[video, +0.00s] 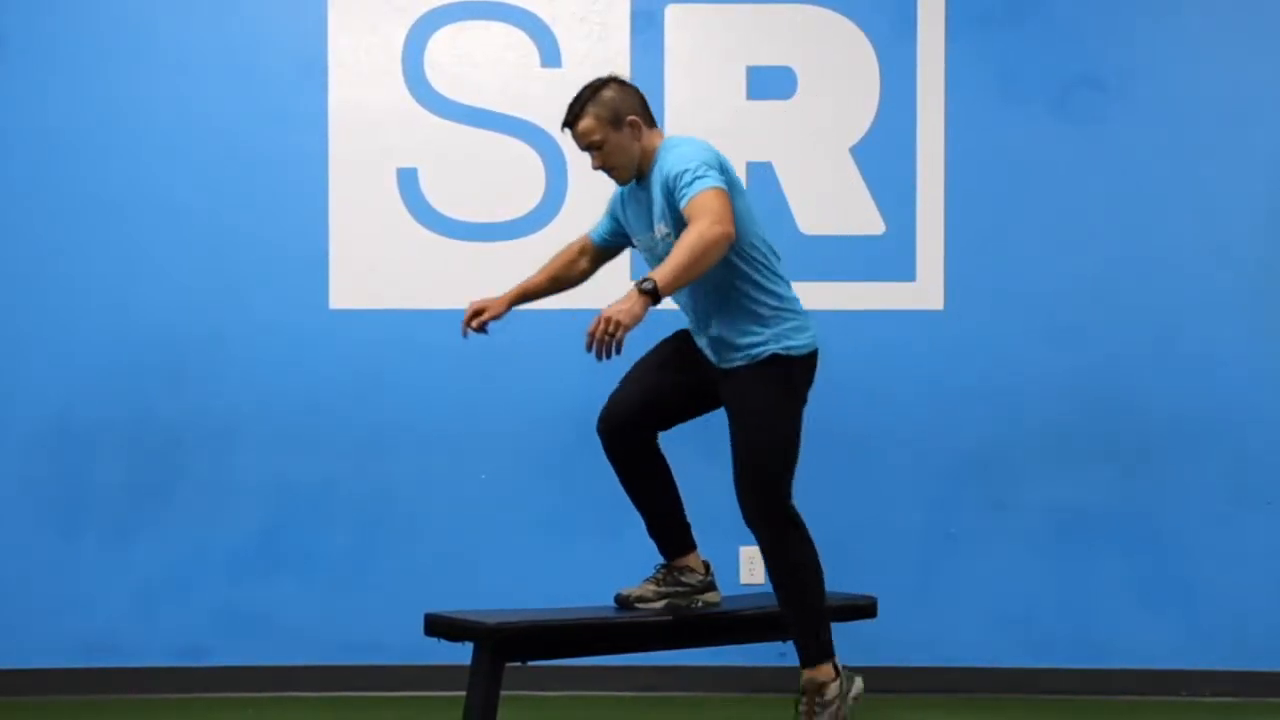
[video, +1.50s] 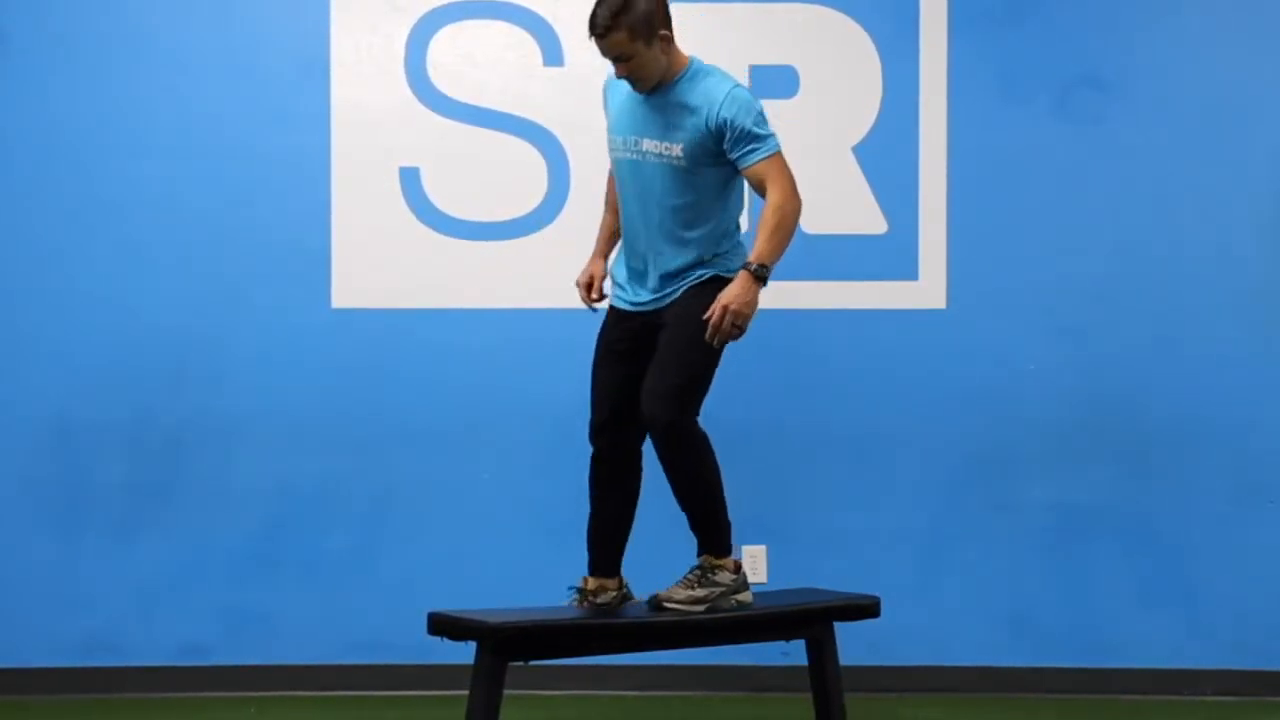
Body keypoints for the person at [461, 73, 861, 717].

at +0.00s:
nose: (592, 162)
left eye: (595, 146)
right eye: (585, 151)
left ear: (634, 126)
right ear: (622, 135)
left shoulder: (688, 162)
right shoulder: (631, 194)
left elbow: (715, 230)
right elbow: (584, 256)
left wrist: (641, 293)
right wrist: (509, 297)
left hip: (771, 348)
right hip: (709, 345)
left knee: (765, 504)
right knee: (622, 424)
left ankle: (822, 675)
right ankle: (686, 569)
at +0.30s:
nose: (581, 58)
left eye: (585, 42)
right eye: (574, 46)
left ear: (626, 22)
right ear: (597, 33)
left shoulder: (691, 71)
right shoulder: (609, 100)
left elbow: (747, 163)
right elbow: (594, 172)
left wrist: (719, 251)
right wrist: (537, 228)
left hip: (735, 261)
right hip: (666, 271)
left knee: (679, 394)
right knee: (639, 406)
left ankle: (757, 532)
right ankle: (684, 563)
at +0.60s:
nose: (587, 23)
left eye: (592, 9)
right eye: (582, 13)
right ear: (605, 10)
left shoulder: (703, 43)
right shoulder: (612, 69)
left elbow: (770, 134)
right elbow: (620, 160)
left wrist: (760, 226)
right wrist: (583, 231)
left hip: (711, 255)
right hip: (644, 267)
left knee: (694, 402)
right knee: (656, 411)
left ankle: (723, 563)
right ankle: (682, 561)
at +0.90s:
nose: (600, 15)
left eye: (605, 3)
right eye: (595, 7)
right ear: (613, 7)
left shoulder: (712, 38)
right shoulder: (621, 62)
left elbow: (767, 137)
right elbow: (631, 163)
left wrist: (745, 227)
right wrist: (592, 235)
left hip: (712, 261)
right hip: (646, 269)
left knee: (715, 407)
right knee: (660, 412)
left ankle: (729, 566)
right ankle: (679, 560)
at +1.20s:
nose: (609, 25)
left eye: (612, 10)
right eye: (602, 14)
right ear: (622, 9)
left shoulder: (717, 52)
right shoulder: (640, 56)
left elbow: (768, 149)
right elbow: (653, 163)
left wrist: (744, 244)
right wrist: (613, 226)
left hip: (708, 265)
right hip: (646, 265)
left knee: (710, 407)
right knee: (618, 393)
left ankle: (726, 565)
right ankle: (668, 544)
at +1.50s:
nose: (618, 71)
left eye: (625, 58)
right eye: (611, 60)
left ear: (663, 37)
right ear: (608, 49)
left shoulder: (724, 102)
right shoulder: (619, 91)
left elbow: (785, 198)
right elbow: (623, 175)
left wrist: (752, 277)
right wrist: (601, 253)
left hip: (703, 285)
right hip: (633, 288)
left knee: (667, 414)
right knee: (612, 429)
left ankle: (721, 569)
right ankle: (603, 581)